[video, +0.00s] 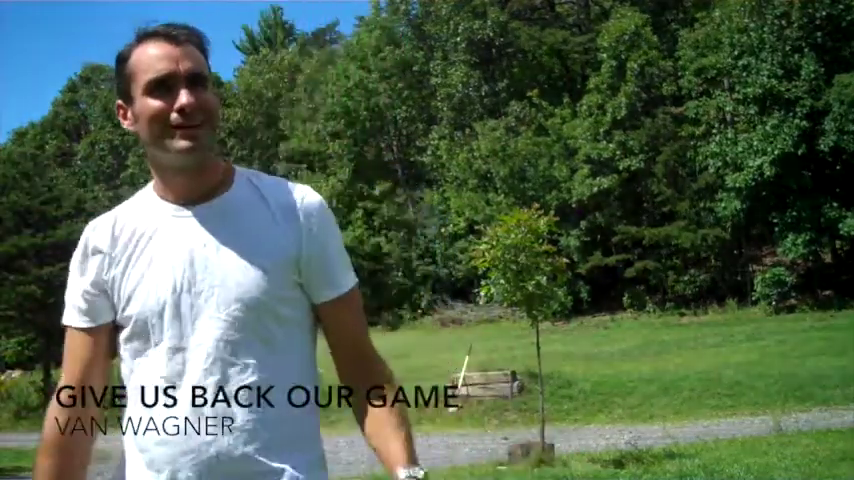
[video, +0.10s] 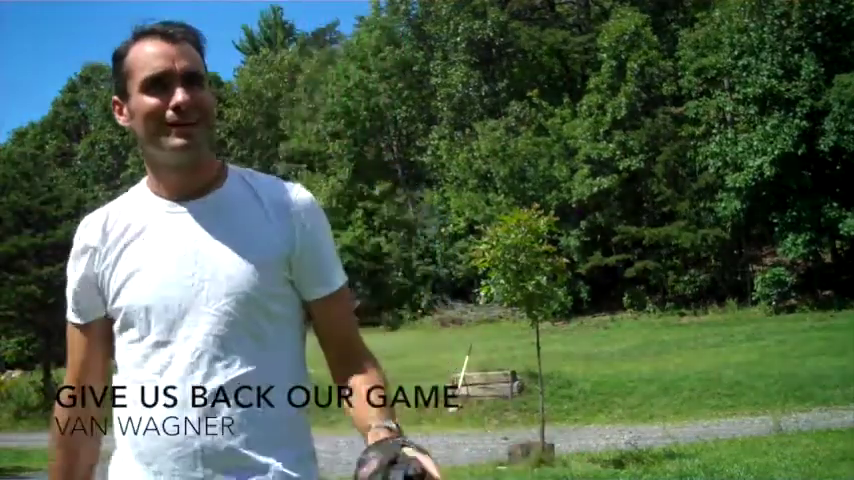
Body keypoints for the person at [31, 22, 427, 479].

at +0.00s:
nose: (186, 100)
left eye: (198, 83)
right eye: (162, 88)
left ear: (217, 99)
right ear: (127, 115)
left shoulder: (299, 214)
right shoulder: (106, 242)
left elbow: (363, 370)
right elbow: (74, 407)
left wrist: (407, 470)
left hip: (284, 469)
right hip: (159, 471)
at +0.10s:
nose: (181, 99)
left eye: (193, 82)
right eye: (158, 86)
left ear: (214, 98)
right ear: (123, 111)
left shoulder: (289, 211)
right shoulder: (99, 236)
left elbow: (351, 359)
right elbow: (81, 403)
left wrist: (385, 437)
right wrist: (64, 479)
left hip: (270, 470)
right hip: (145, 470)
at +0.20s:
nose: (181, 101)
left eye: (193, 84)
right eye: (158, 87)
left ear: (210, 98)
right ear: (121, 110)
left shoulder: (286, 212)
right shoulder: (99, 234)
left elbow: (340, 347)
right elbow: (90, 384)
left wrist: (360, 390)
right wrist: (79, 473)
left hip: (263, 470)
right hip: (138, 471)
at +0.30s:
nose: (180, 102)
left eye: (193, 85)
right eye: (159, 88)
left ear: (211, 100)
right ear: (123, 112)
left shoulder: (283, 213)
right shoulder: (99, 233)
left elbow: (340, 363)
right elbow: (97, 368)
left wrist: (350, 341)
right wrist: (84, 471)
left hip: (256, 469)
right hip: (132, 470)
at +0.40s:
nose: (182, 103)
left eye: (194, 86)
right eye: (161, 89)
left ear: (211, 99)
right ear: (125, 112)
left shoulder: (283, 211)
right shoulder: (102, 232)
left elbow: (352, 382)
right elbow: (99, 363)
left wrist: (324, 294)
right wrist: (83, 470)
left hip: (260, 469)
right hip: (133, 469)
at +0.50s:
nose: (188, 104)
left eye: (199, 87)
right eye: (166, 90)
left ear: (215, 101)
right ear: (129, 114)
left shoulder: (274, 214)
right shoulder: (104, 233)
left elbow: (355, 379)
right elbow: (98, 379)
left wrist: (327, 304)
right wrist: (78, 472)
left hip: (258, 469)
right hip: (135, 470)